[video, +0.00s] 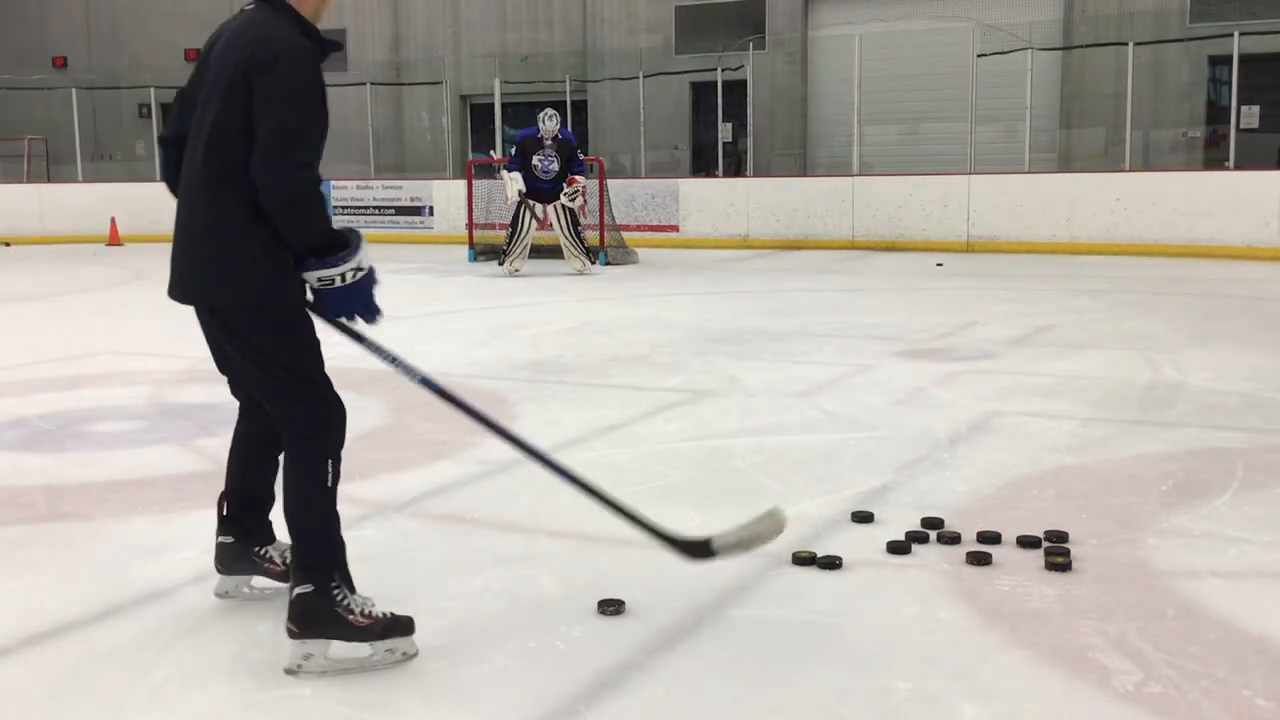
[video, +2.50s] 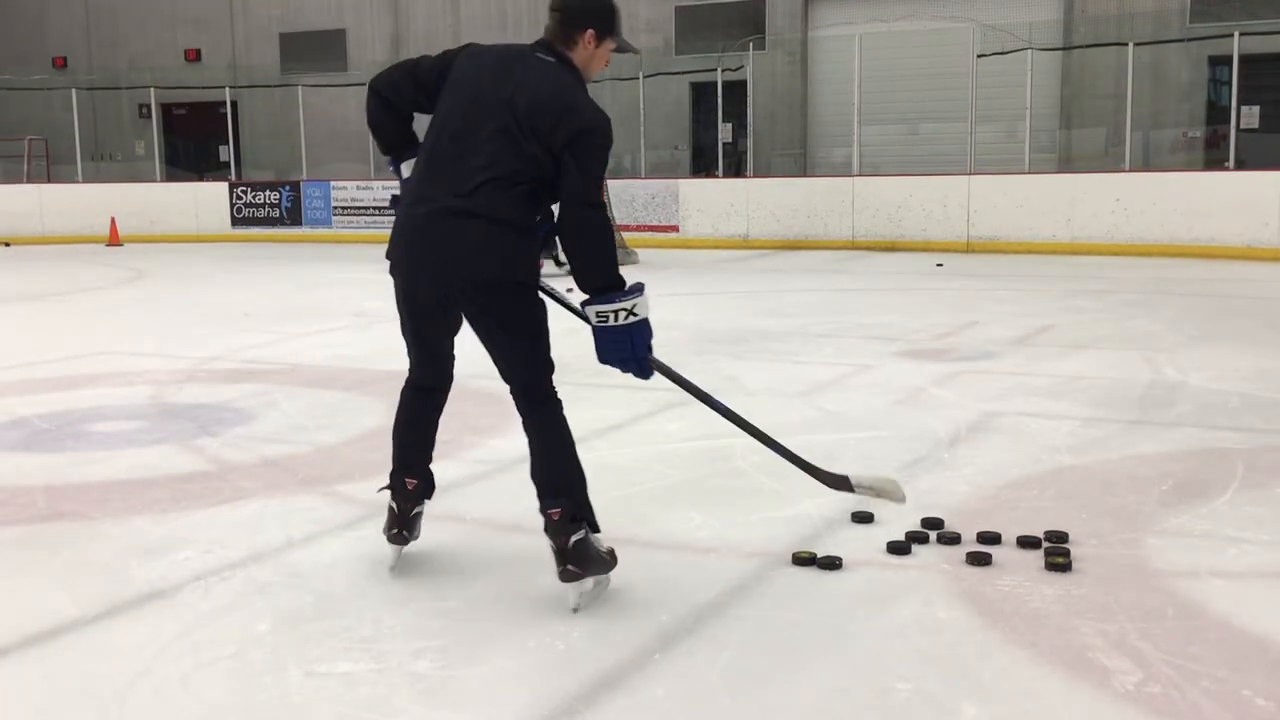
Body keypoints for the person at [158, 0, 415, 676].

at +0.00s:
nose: (332, 3)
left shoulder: (233, 35)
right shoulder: (291, 49)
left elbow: (178, 151)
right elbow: (285, 175)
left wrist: (235, 219)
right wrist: (336, 261)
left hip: (208, 267)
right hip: (256, 273)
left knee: (265, 403)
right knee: (315, 417)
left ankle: (243, 539)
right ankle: (322, 596)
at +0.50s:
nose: (404, 13)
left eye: (399, 6)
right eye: (405, 6)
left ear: (341, 1)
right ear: (394, 7)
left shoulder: (290, 54)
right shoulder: (358, 73)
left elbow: (269, 175)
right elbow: (345, 196)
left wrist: (332, 262)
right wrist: (400, 286)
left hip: (238, 274)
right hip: (296, 282)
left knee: (281, 407)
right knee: (354, 432)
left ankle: (248, 534)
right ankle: (373, 601)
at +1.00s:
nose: (394, 5)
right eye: (393, 0)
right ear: (381, 0)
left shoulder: (294, 49)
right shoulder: (352, 54)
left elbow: (272, 167)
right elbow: (347, 166)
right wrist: (385, 249)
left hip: (265, 278)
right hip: (321, 284)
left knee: (281, 409)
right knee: (368, 435)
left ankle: (242, 534)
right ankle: (374, 601)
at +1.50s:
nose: (461, 122)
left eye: (457, 111)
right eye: (463, 112)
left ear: (407, 94)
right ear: (455, 112)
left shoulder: (351, 125)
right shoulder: (428, 171)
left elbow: (273, 173)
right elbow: (411, 276)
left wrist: (322, 276)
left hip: (232, 286)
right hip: (297, 302)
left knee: (297, 406)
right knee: (342, 461)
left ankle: (243, 524)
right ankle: (305, 609)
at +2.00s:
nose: (489, 94)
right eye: (493, 86)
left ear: (438, 74)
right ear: (488, 88)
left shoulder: (383, 107)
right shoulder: (484, 151)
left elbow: (300, 135)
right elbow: (477, 235)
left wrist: (237, 200)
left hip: (317, 263)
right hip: (374, 284)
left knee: (395, 380)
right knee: (396, 423)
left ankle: (350, 487)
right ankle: (311, 536)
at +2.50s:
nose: (609, 63)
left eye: (613, 52)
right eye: (610, 50)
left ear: (561, 30)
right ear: (588, 39)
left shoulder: (472, 60)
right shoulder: (581, 114)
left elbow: (385, 91)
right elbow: (584, 223)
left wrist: (411, 164)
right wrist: (615, 312)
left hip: (416, 249)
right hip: (496, 262)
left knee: (426, 375)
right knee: (536, 397)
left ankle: (403, 501)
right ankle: (570, 533)